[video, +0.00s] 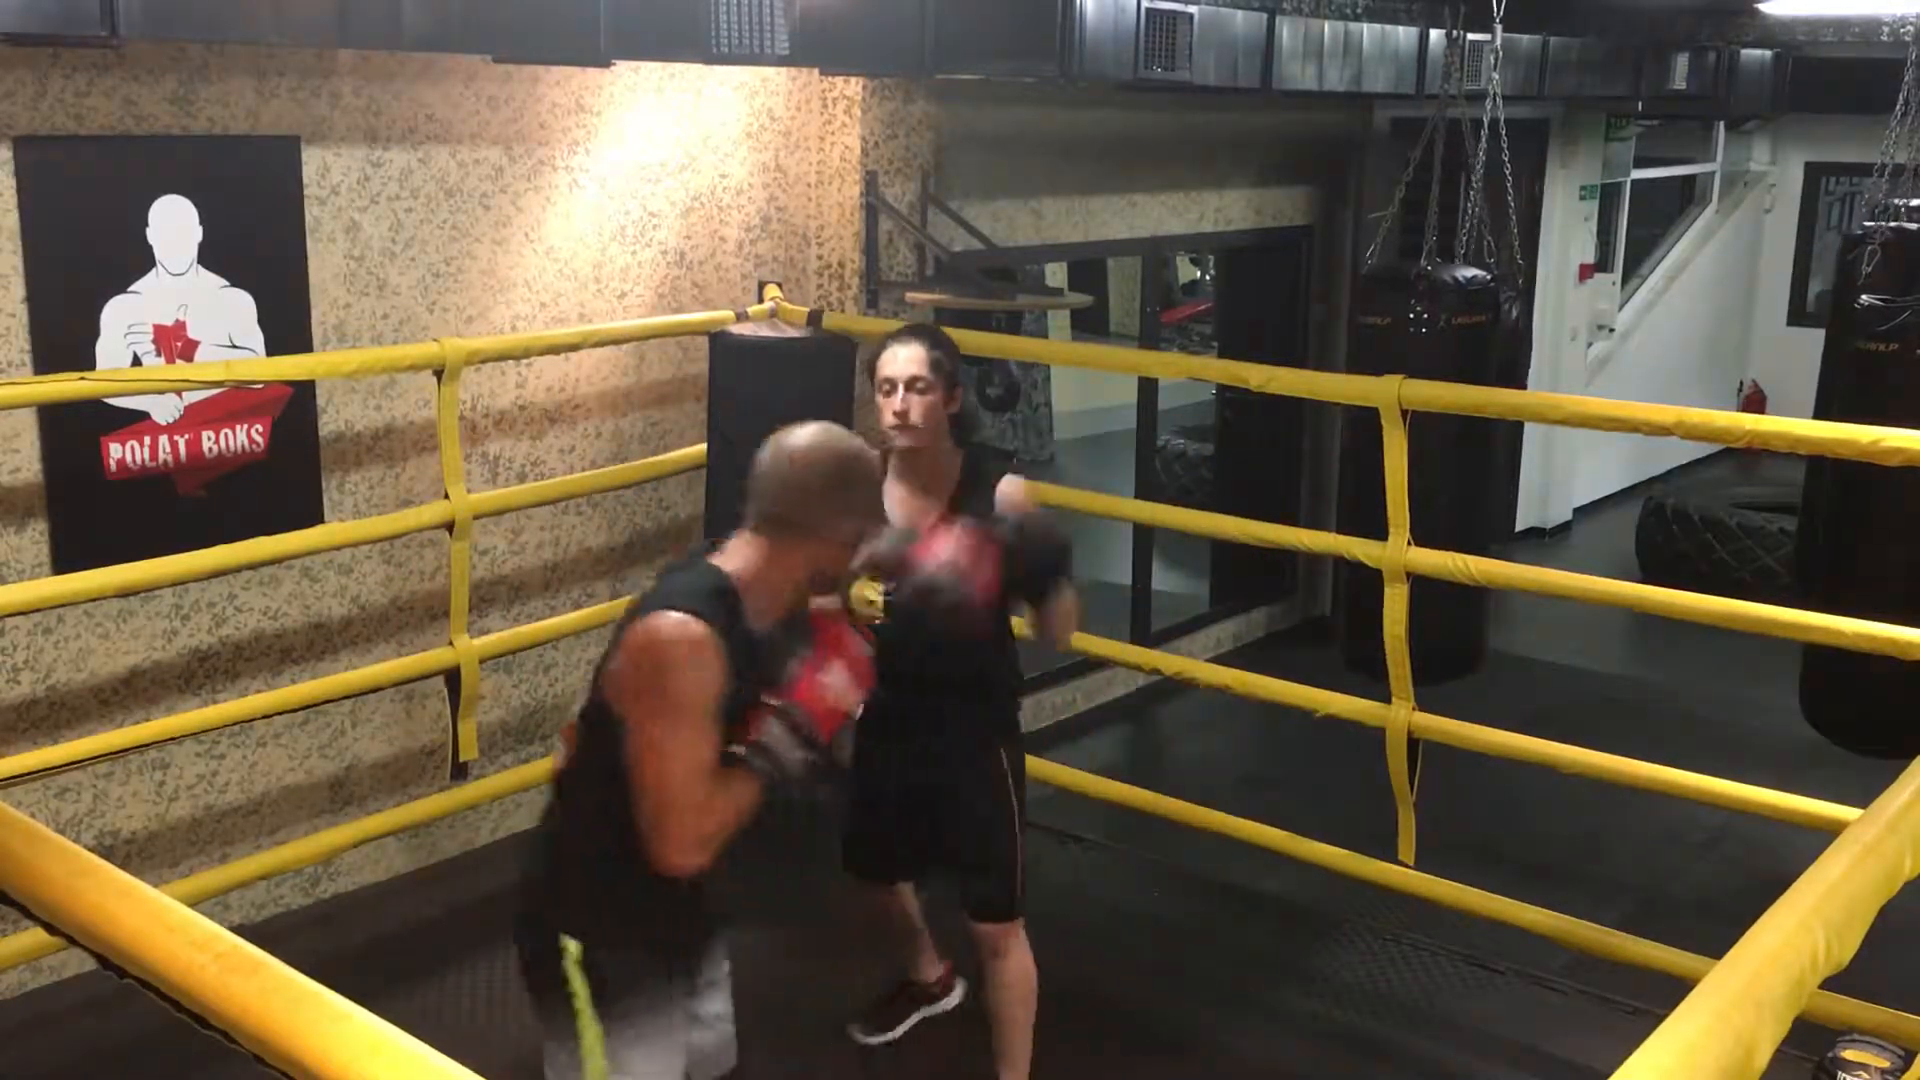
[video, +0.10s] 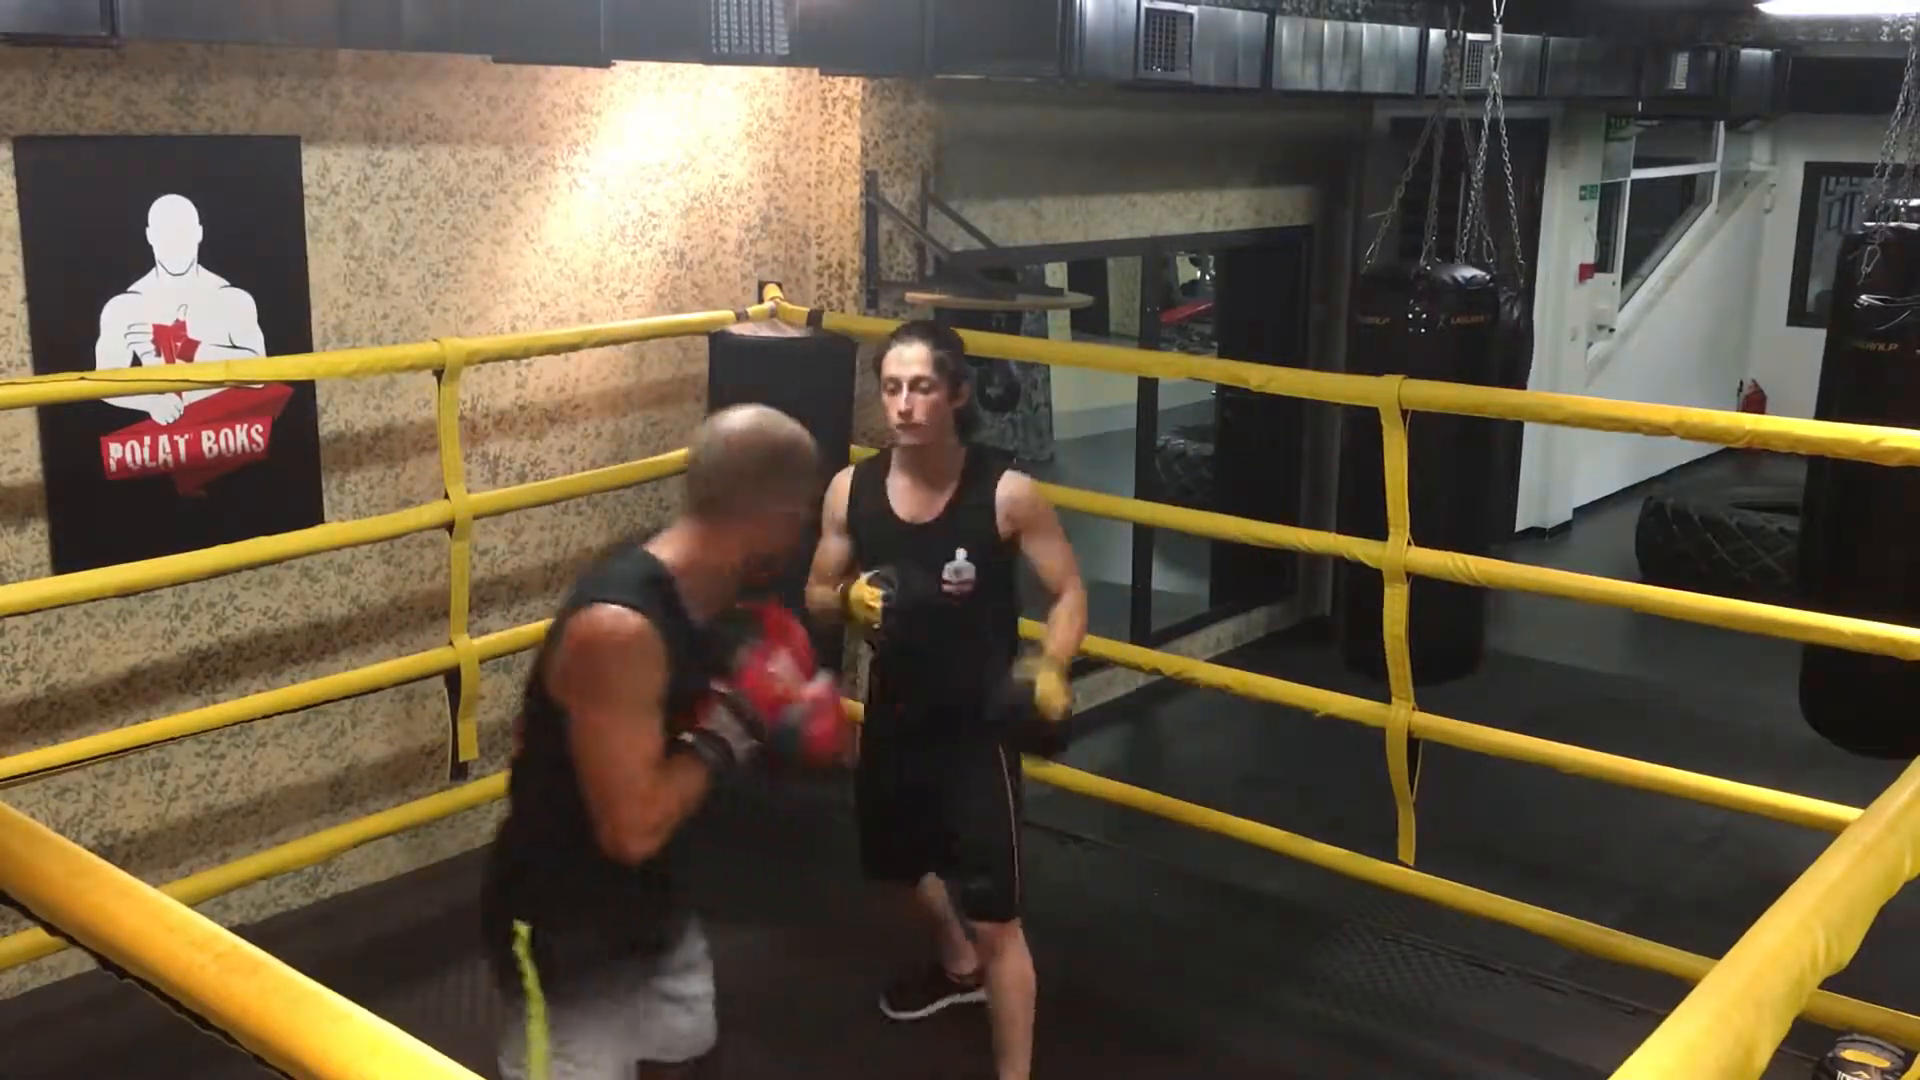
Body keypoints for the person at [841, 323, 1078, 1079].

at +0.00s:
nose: (900, 403)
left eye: (918, 388)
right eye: (887, 388)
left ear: (952, 400)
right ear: (874, 401)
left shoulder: (998, 498)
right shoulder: (855, 490)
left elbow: (1058, 631)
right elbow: (805, 595)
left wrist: (1043, 560)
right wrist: (844, 596)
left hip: (975, 726)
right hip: (884, 720)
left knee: (996, 928)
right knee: (879, 867)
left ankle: (1014, 1071)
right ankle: (927, 976)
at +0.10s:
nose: (906, 405)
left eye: (923, 388)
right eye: (894, 388)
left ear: (959, 397)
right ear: (880, 398)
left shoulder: (1008, 495)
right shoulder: (852, 491)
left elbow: (1068, 592)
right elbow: (817, 597)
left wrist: (1051, 665)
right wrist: (847, 599)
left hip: (978, 725)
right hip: (892, 722)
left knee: (995, 922)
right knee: (909, 864)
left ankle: (1014, 1072)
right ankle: (962, 967)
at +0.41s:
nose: (853, 376)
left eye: (871, 363)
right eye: (845, 362)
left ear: (911, 374)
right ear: (837, 370)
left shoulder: (939, 467)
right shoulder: (852, 449)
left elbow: (992, 591)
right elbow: (848, 553)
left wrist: (944, 702)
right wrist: (819, 551)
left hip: (927, 685)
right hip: (880, 677)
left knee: (876, 866)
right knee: (927, 842)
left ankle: (929, 1041)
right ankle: (973, 974)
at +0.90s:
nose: (692, 395)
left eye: (709, 381)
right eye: (686, 378)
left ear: (750, 389)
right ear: (681, 380)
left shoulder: (767, 489)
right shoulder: (707, 451)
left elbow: (773, 622)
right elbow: (722, 535)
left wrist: (676, 683)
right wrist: (678, 553)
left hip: (772, 680)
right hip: (738, 668)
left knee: (722, 833)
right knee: (762, 815)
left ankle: (731, 991)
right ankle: (868, 905)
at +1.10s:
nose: (641, 374)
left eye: (660, 359)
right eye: (632, 357)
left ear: (695, 365)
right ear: (621, 359)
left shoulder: (719, 463)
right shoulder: (627, 436)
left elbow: (741, 593)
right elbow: (631, 539)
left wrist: (642, 660)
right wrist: (603, 553)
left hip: (717, 663)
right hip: (650, 652)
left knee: (711, 834)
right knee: (641, 807)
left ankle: (733, 987)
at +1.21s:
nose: (609, 377)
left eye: (626, 361)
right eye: (597, 360)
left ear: (659, 367)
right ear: (585, 365)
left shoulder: (692, 461)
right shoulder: (584, 440)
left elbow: (727, 586)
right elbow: (578, 534)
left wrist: (637, 662)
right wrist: (572, 550)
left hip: (688, 659)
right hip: (620, 647)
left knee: (669, 838)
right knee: (597, 809)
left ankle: (727, 985)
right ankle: (586, 945)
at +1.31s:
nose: (575, 384)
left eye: (591, 368)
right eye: (562, 368)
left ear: (622, 371)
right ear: (548, 373)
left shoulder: (661, 460)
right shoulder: (544, 451)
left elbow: (707, 580)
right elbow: (523, 561)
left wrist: (634, 658)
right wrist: (534, 560)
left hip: (655, 662)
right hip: (583, 652)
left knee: (618, 839)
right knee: (555, 810)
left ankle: (695, 962)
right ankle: (583, 947)